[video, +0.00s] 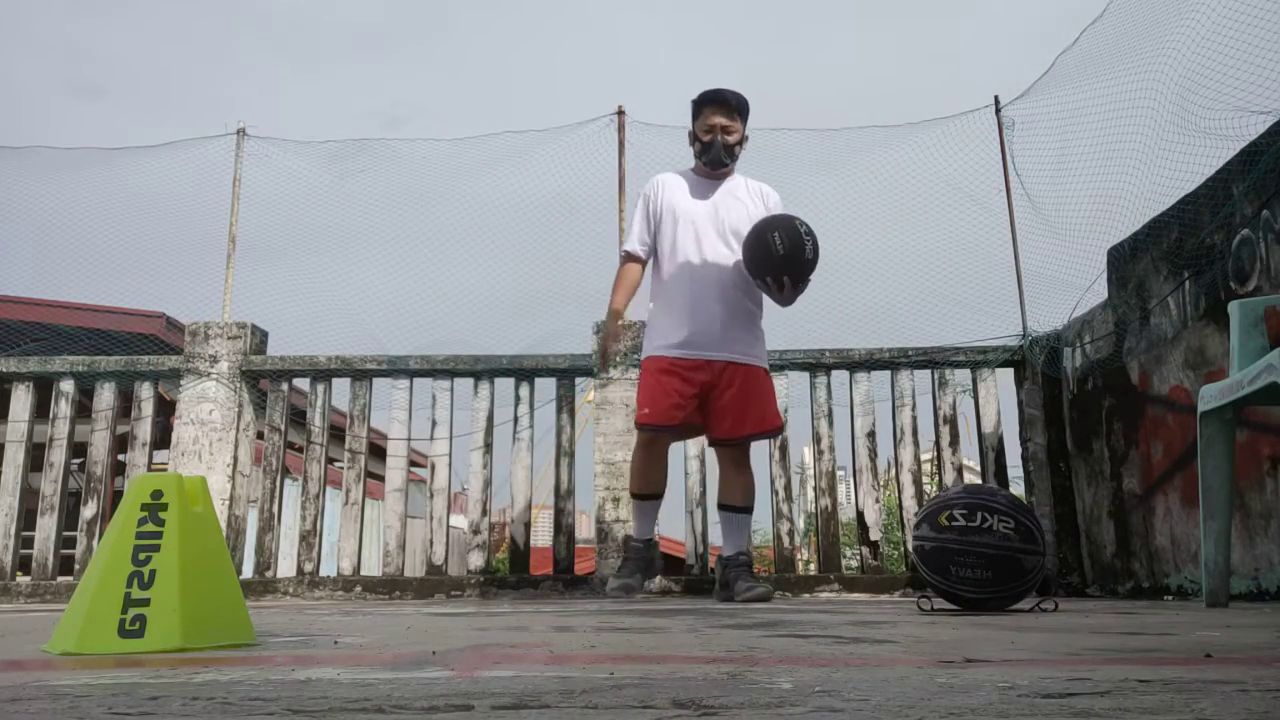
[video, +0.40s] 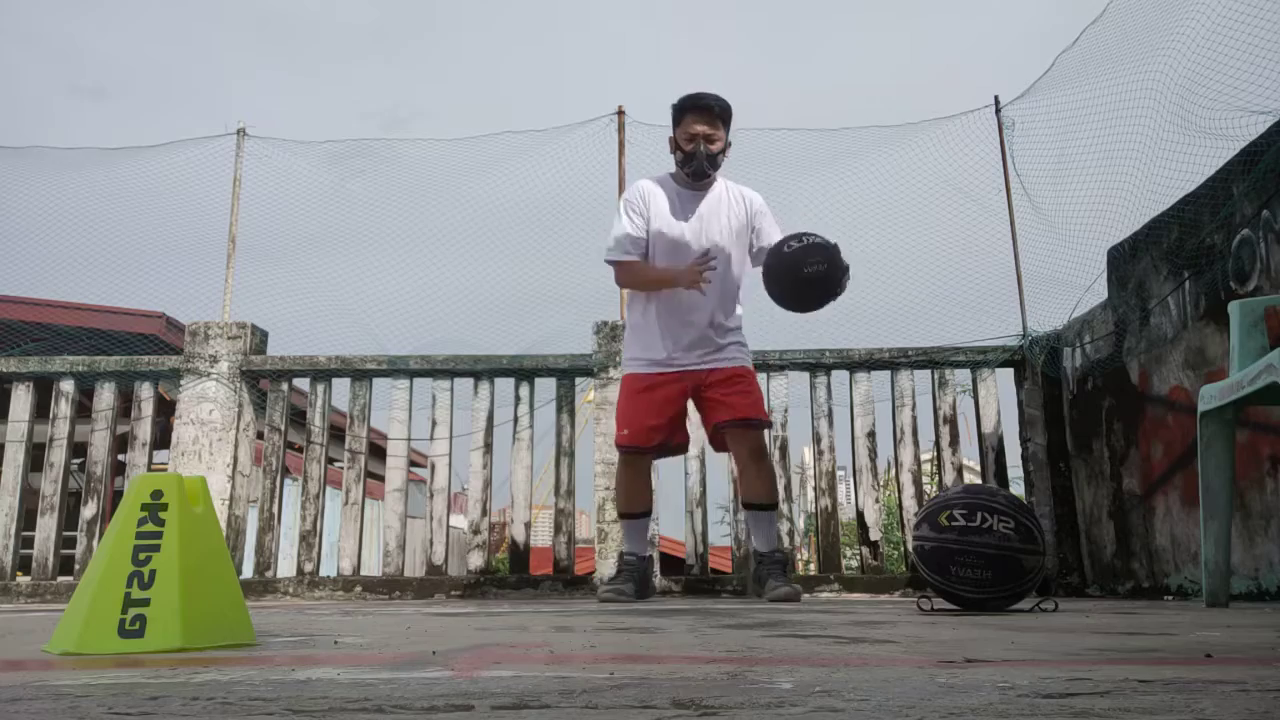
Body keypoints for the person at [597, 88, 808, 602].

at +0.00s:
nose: (719, 139)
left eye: (729, 132)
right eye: (710, 131)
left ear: (743, 138)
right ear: (692, 134)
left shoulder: (762, 197)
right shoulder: (662, 189)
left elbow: (781, 279)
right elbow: (634, 257)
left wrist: (787, 291)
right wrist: (613, 316)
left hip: (738, 351)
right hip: (669, 348)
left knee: (734, 451)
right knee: (651, 436)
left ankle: (736, 567)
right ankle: (640, 556)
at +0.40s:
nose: (700, 146)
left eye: (710, 138)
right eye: (690, 138)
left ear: (725, 143)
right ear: (674, 141)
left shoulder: (746, 202)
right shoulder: (643, 196)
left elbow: (781, 256)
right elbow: (623, 270)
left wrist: (814, 264)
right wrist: (674, 275)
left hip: (723, 353)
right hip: (651, 357)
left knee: (750, 437)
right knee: (633, 451)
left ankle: (769, 564)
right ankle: (634, 566)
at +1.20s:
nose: (644, 171)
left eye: (656, 161)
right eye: (634, 159)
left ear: (675, 168)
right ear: (618, 162)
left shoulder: (700, 230)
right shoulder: (588, 228)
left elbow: (727, 308)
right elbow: (569, 308)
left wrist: (744, 375)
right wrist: (560, 360)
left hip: (682, 358)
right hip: (605, 365)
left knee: (715, 427)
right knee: (557, 451)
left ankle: (761, 555)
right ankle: (556, 567)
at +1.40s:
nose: (707, 190)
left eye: (719, 180)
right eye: (696, 177)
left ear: (733, 187)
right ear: (673, 180)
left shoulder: (740, 257)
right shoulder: (634, 242)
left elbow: (750, 345)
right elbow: (625, 337)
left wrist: (765, 427)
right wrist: (649, 415)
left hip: (702, 370)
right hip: (632, 376)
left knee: (739, 421)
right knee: (582, 489)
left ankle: (766, 564)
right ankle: (559, 568)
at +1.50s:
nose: (733, 194)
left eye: (745, 184)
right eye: (722, 180)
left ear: (757, 192)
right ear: (697, 182)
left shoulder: (755, 259)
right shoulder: (655, 241)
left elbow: (775, 333)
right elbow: (631, 334)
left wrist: (805, 400)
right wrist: (668, 411)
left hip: (710, 373)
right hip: (640, 383)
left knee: (750, 420)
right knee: (605, 499)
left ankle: (767, 563)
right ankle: (561, 565)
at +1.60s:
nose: (747, 194)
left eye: (759, 183)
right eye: (736, 179)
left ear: (771, 189)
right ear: (709, 180)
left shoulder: (767, 248)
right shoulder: (666, 239)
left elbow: (795, 308)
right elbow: (642, 333)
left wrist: (833, 356)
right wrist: (691, 404)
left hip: (715, 367)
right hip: (646, 374)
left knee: (754, 418)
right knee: (610, 488)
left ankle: (768, 563)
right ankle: (560, 560)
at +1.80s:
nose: (730, 173)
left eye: (742, 162)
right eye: (718, 158)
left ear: (756, 168)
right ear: (694, 160)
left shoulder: (762, 230)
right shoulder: (656, 222)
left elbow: (780, 308)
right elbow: (658, 317)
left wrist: (803, 343)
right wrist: (710, 375)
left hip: (713, 355)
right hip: (639, 357)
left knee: (741, 423)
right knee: (582, 464)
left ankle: (766, 562)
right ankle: (550, 551)